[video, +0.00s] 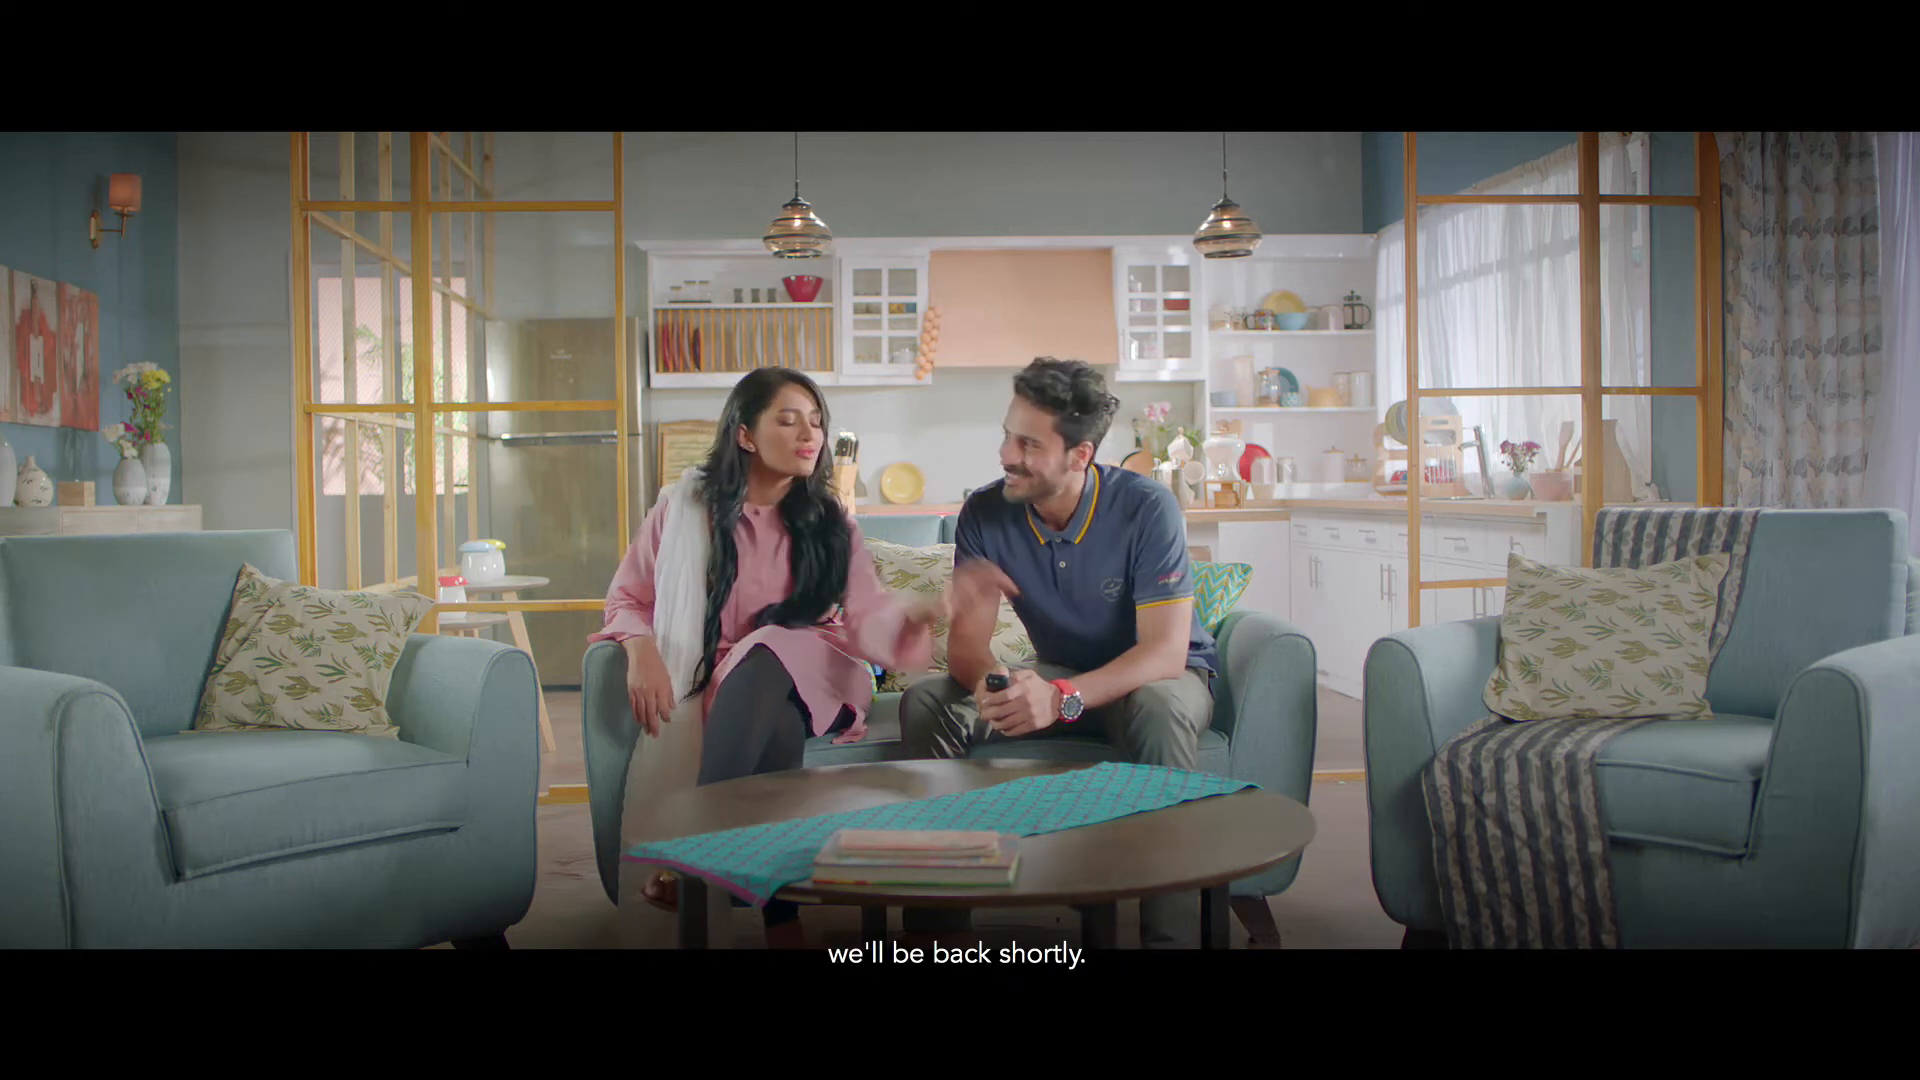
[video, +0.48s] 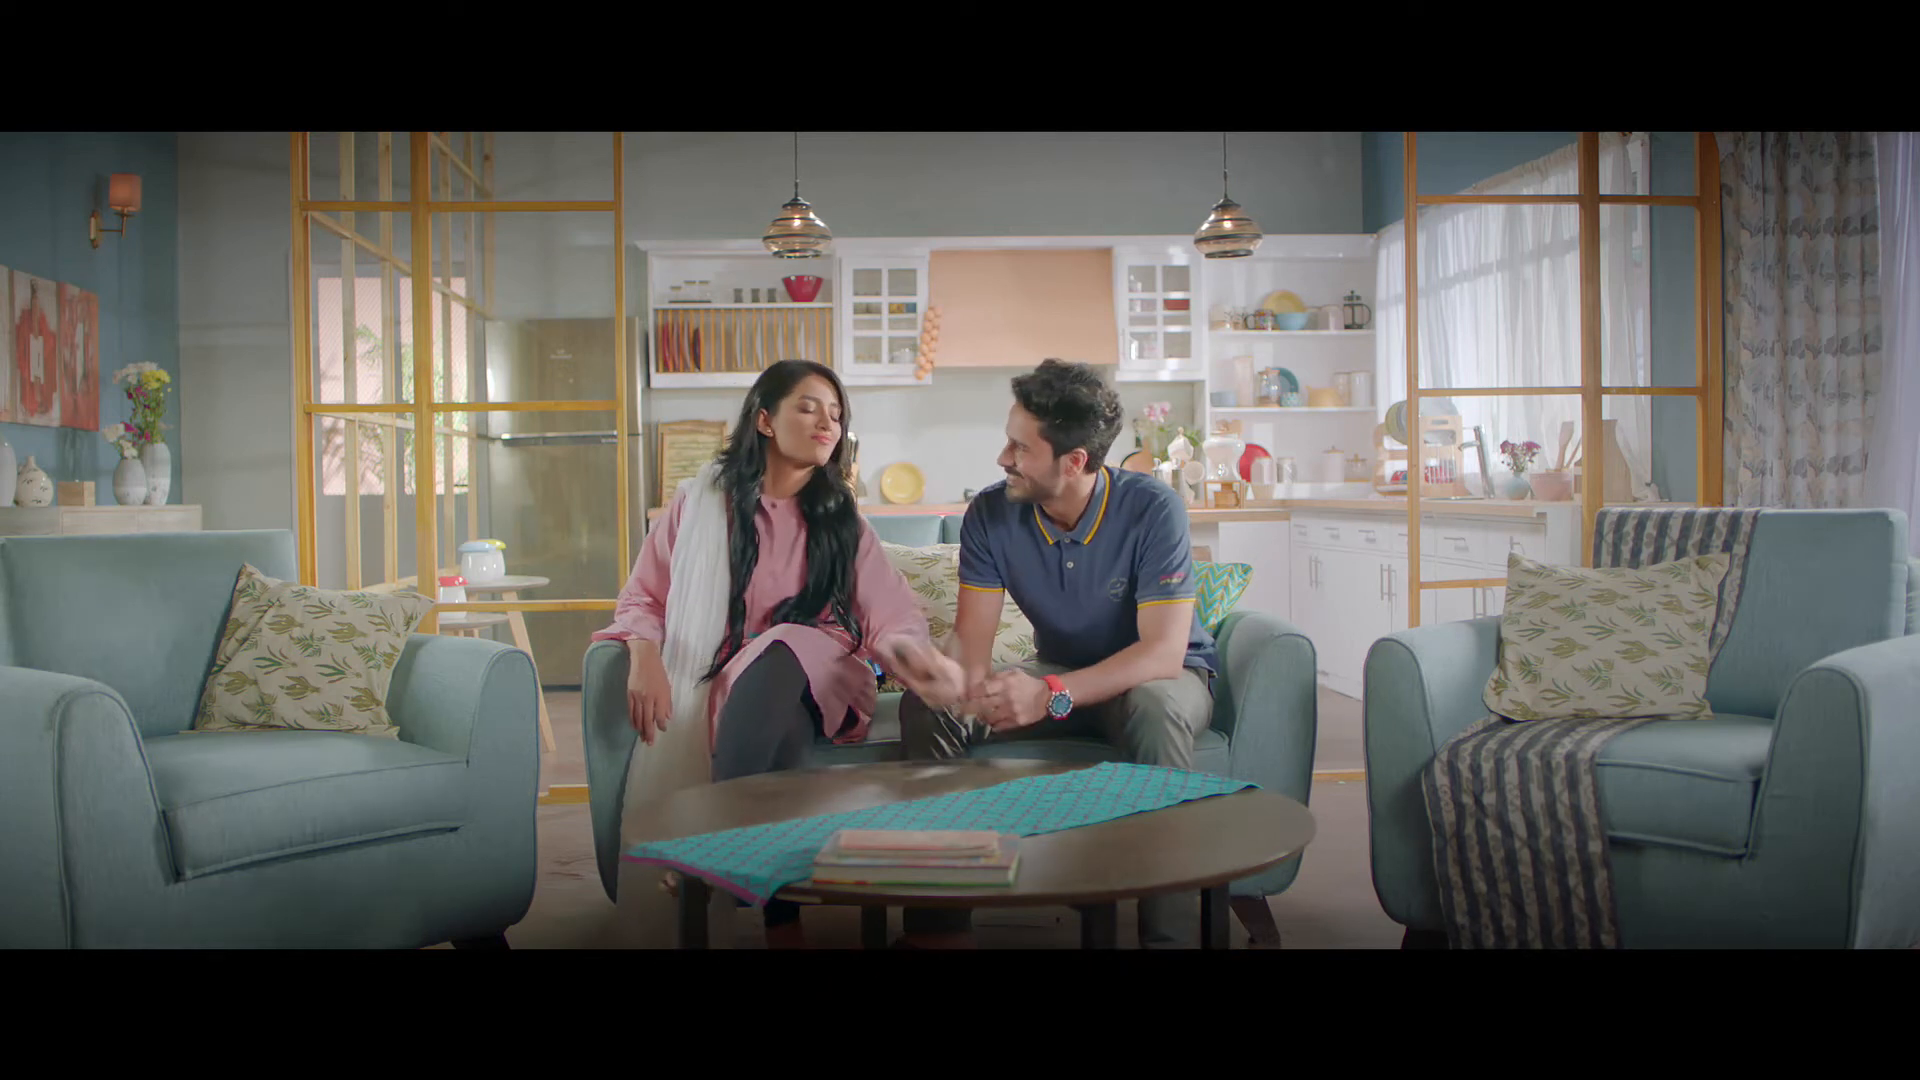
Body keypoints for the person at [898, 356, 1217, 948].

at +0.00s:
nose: (1006, 456)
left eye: (1028, 446)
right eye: (1007, 436)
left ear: (1080, 456)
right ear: (1005, 426)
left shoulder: (1147, 509)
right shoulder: (986, 513)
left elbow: (1165, 654)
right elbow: (966, 658)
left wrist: (1062, 697)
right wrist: (1000, 682)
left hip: (1156, 680)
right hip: (1060, 681)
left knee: (1159, 706)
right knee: (927, 702)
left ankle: (1169, 931)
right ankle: (936, 904)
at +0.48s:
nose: (1002, 459)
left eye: (1019, 449)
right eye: (1007, 442)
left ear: (1073, 463)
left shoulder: (1150, 508)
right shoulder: (990, 514)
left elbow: (1163, 654)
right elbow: (971, 642)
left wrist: (1050, 693)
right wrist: (960, 683)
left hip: (1155, 678)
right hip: (1059, 677)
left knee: (1154, 706)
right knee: (926, 704)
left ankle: (1168, 933)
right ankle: (940, 915)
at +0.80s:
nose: (1000, 458)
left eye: (1015, 449)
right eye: (1004, 442)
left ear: (1068, 465)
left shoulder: (1154, 509)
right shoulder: (994, 516)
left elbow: (1164, 655)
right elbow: (969, 643)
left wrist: (1051, 693)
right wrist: (915, 661)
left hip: (1154, 677)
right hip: (1055, 679)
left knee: (1152, 708)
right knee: (928, 706)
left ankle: (1167, 931)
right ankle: (941, 916)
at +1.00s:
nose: (1001, 461)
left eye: (1017, 452)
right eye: (1005, 445)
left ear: (1072, 463)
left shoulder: (1154, 508)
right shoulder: (993, 515)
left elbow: (1165, 656)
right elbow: (969, 644)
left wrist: (1051, 694)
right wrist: (935, 665)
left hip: (1153, 679)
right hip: (1058, 677)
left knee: (1155, 708)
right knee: (930, 707)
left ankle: (1167, 932)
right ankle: (940, 917)